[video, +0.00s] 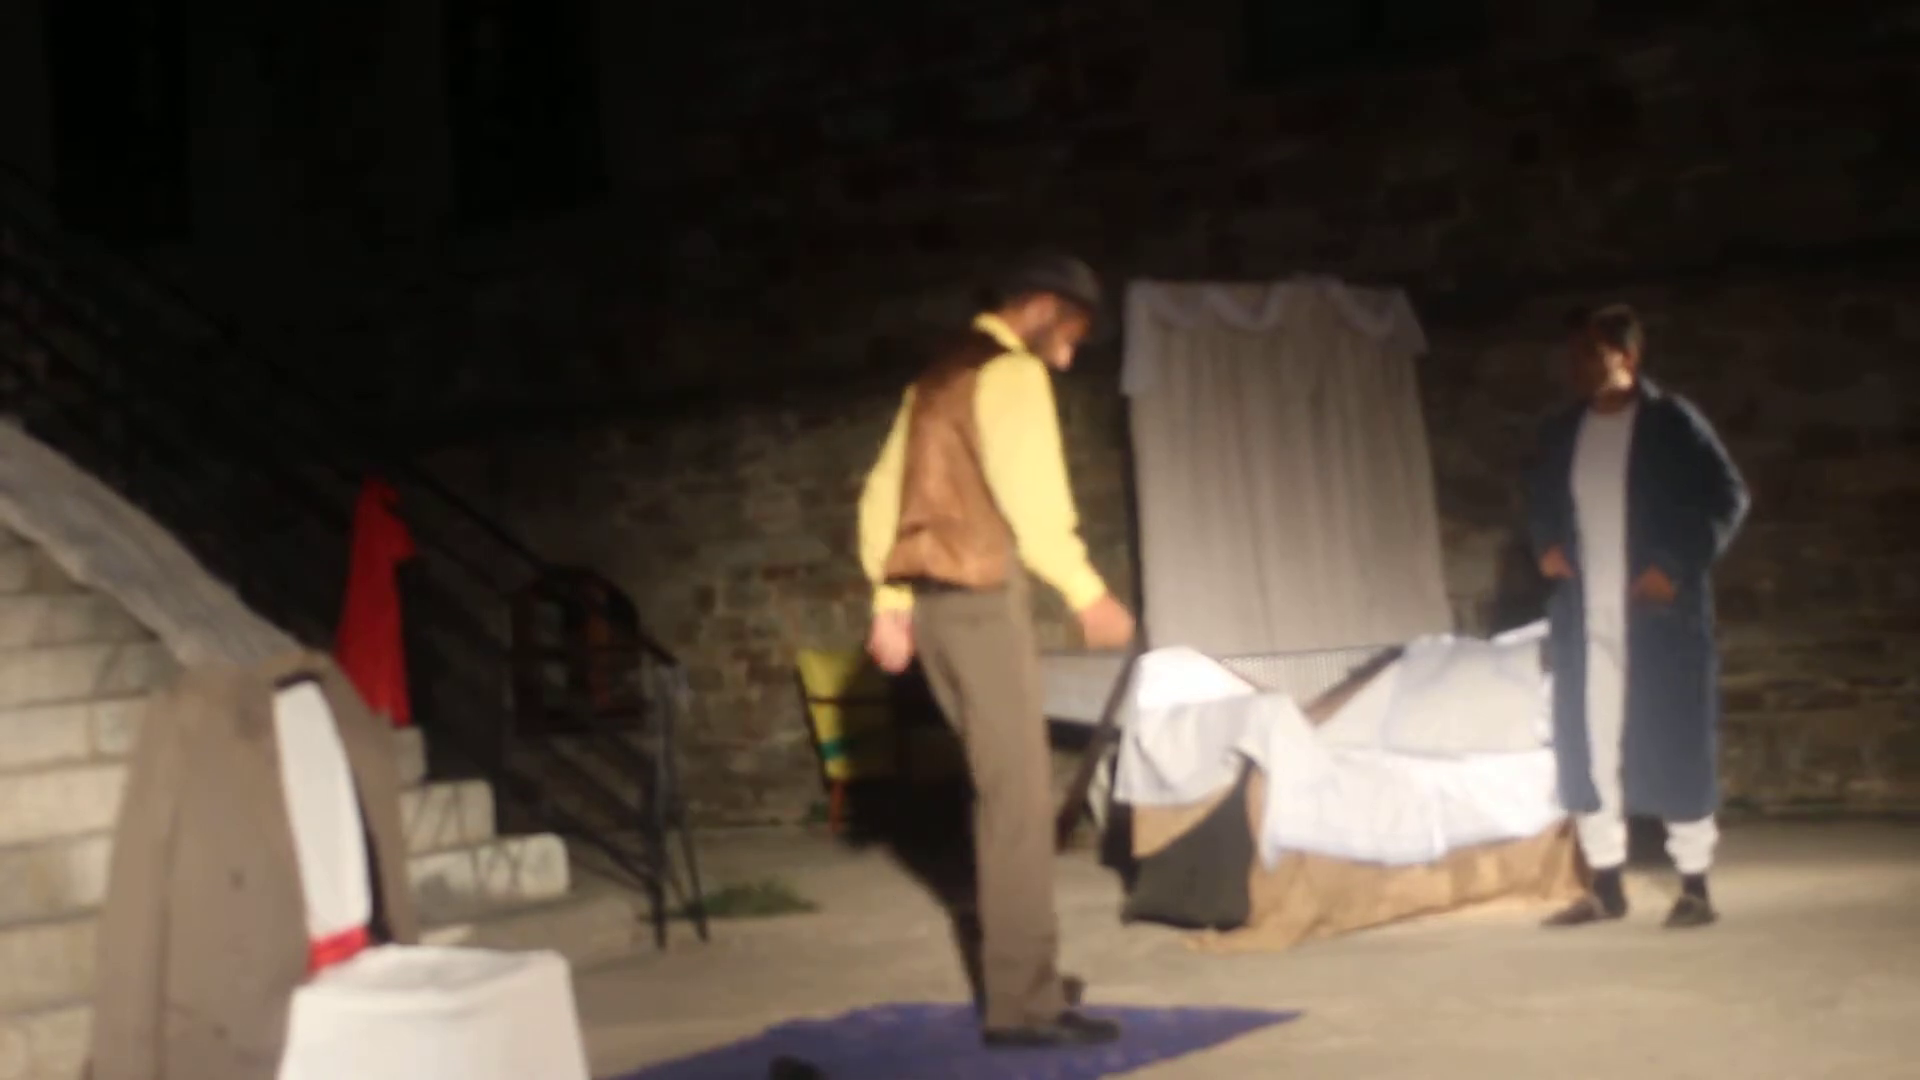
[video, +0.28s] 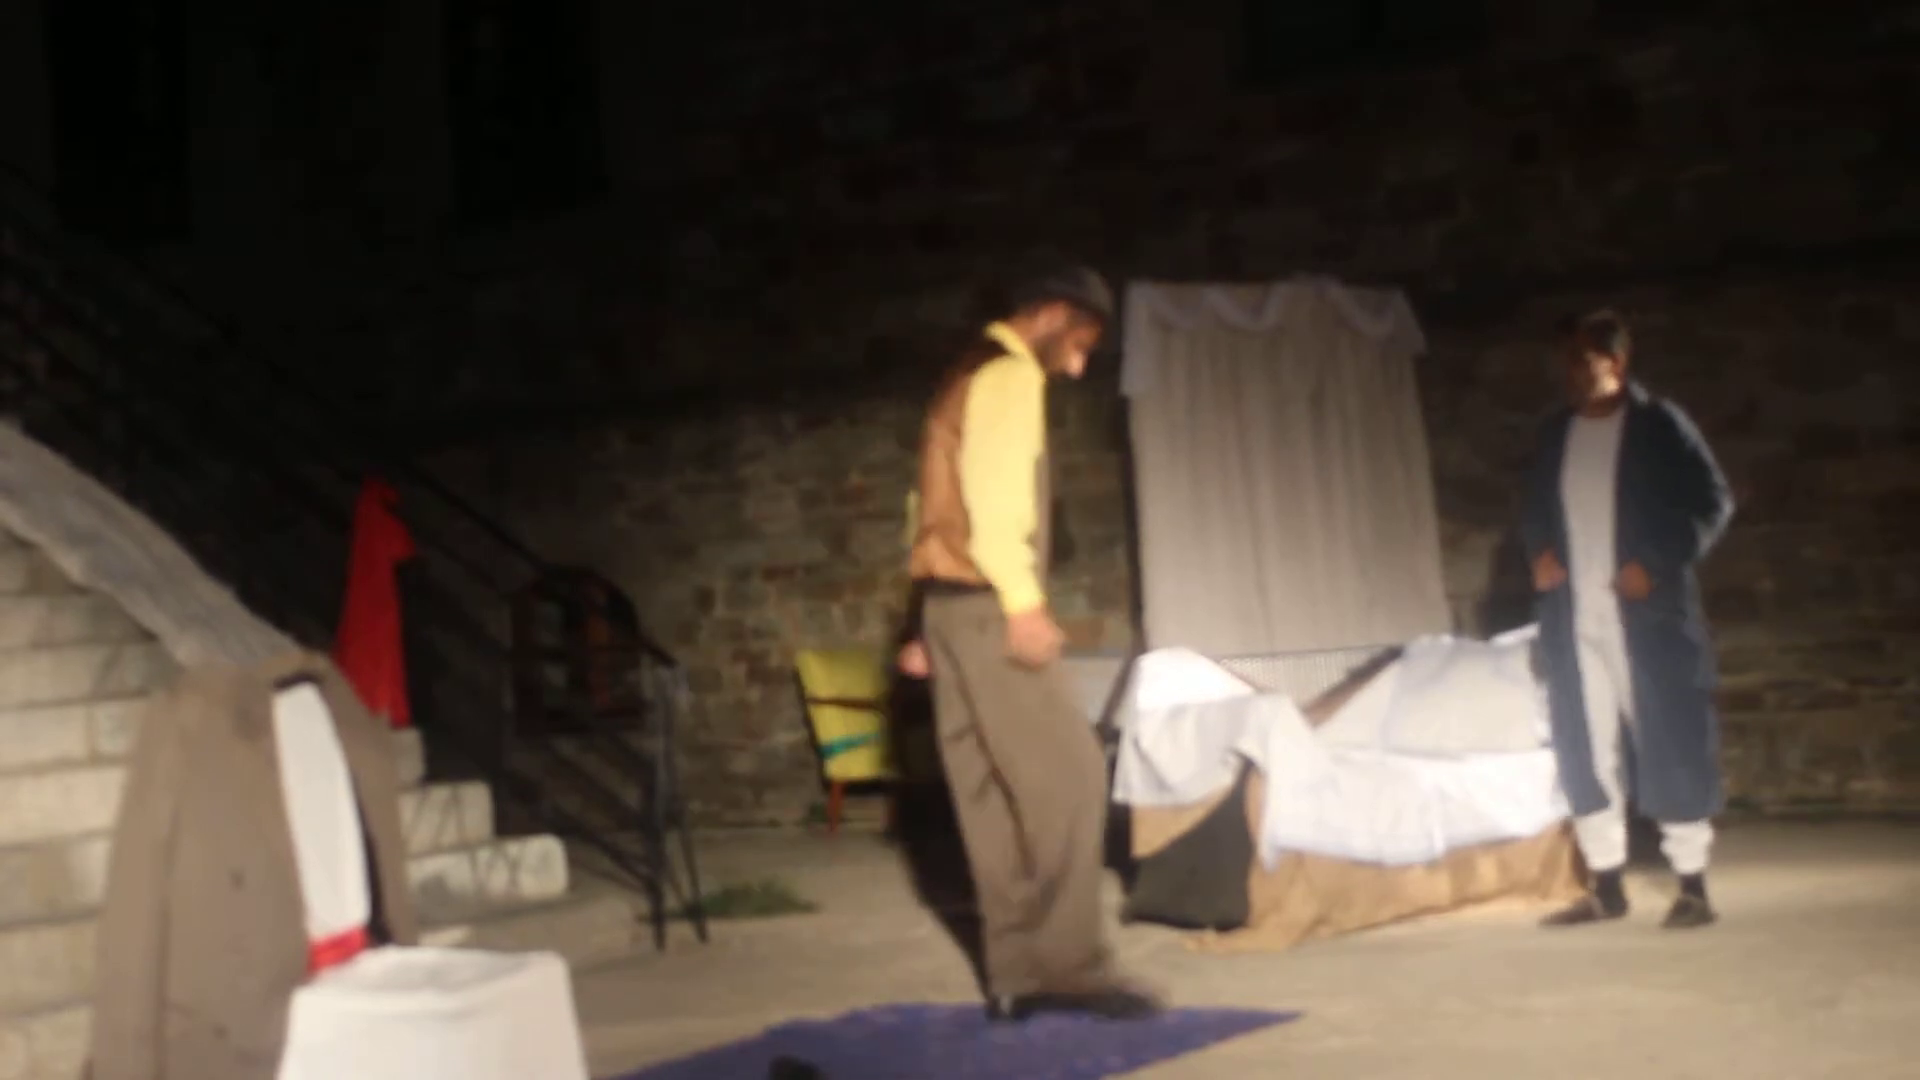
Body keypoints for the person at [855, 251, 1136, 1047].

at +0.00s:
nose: (1069, 355)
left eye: (1076, 341)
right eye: (1071, 335)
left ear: (1017, 309)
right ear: (1041, 309)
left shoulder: (935, 379)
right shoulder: (1014, 374)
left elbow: (883, 489)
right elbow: (1033, 496)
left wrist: (890, 595)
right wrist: (1089, 595)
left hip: (935, 611)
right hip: (983, 609)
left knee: (1002, 792)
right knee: (1018, 795)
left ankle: (1017, 977)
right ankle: (1020, 1002)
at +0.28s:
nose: (1083, 360)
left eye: (1090, 347)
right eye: (1084, 342)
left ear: (1043, 317)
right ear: (1051, 315)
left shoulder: (972, 378)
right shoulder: (1012, 379)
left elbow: (929, 504)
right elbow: (998, 492)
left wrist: (924, 619)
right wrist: (1023, 602)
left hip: (948, 605)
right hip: (986, 606)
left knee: (984, 797)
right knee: (1066, 771)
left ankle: (1015, 974)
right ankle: (1069, 965)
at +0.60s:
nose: (1101, 362)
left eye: (1109, 349)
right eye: (1103, 343)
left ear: (1064, 318)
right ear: (1070, 316)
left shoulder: (1000, 373)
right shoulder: (1026, 376)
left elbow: (980, 494)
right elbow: (993, 488)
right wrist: (995, 604)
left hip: (965, 604)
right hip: (1000, 603)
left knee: (1011, 781)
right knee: (1112, 754)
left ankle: (1015, 979)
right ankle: (1121, 956)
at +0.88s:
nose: (1125, 329)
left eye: (1129, 313)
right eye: (1123, 311)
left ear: (1068, 302)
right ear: (1091, 302)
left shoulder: (1012, 374)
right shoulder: (1055, 374)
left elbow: (992, 501)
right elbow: (1046, 492)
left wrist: (984, 614)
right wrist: (1072, 604)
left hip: (1005, 605)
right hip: (1041, 606)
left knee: (1024, 802)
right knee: (1072, 801)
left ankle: (1021, 978)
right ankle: (1104, 982)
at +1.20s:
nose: (1138, 295)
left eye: (1137, 280)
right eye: (1135, 280)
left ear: (1069, 286)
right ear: (1114, 282)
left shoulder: (1030, 372)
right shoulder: (1100, 367)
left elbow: (1009, 500)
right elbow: (1119, 496)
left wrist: (1045, 559)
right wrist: (1158, 600)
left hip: (1039, 595)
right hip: (1092, 597)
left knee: (1080, 789)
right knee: (1109, 790)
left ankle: (1056, 969)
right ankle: (1109, 983)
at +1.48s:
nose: (1133, 295)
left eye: (1129, 280)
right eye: (1126, 281)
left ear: (1066, 296)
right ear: (1107, 289)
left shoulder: (1034, 384)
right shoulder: (1098, 383)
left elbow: (1058, 521)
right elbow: (1145, 500)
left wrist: (1136, 601)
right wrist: (1215, 585)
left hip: (1057, 612)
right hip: (1101, 612)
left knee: (1100, 798)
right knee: (1166, 789)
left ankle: (1097, 974)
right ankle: (1121, 977)